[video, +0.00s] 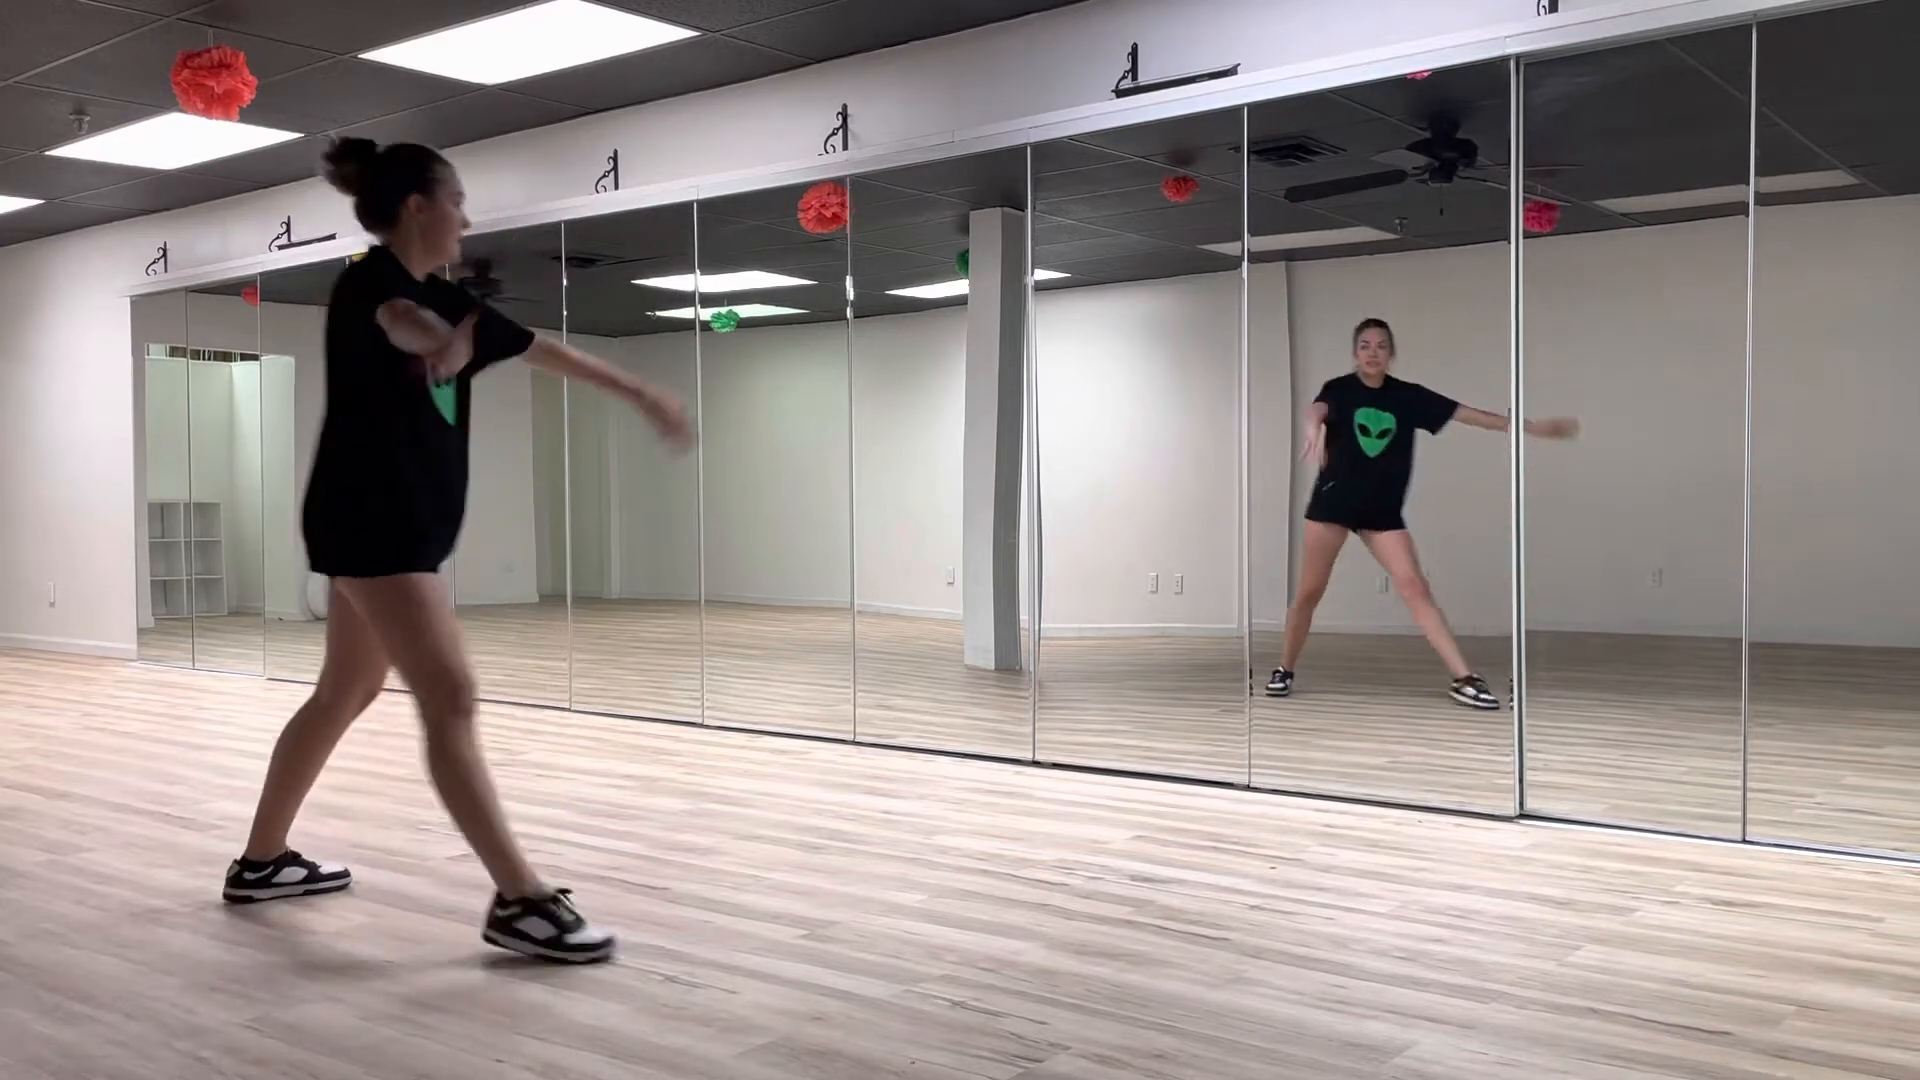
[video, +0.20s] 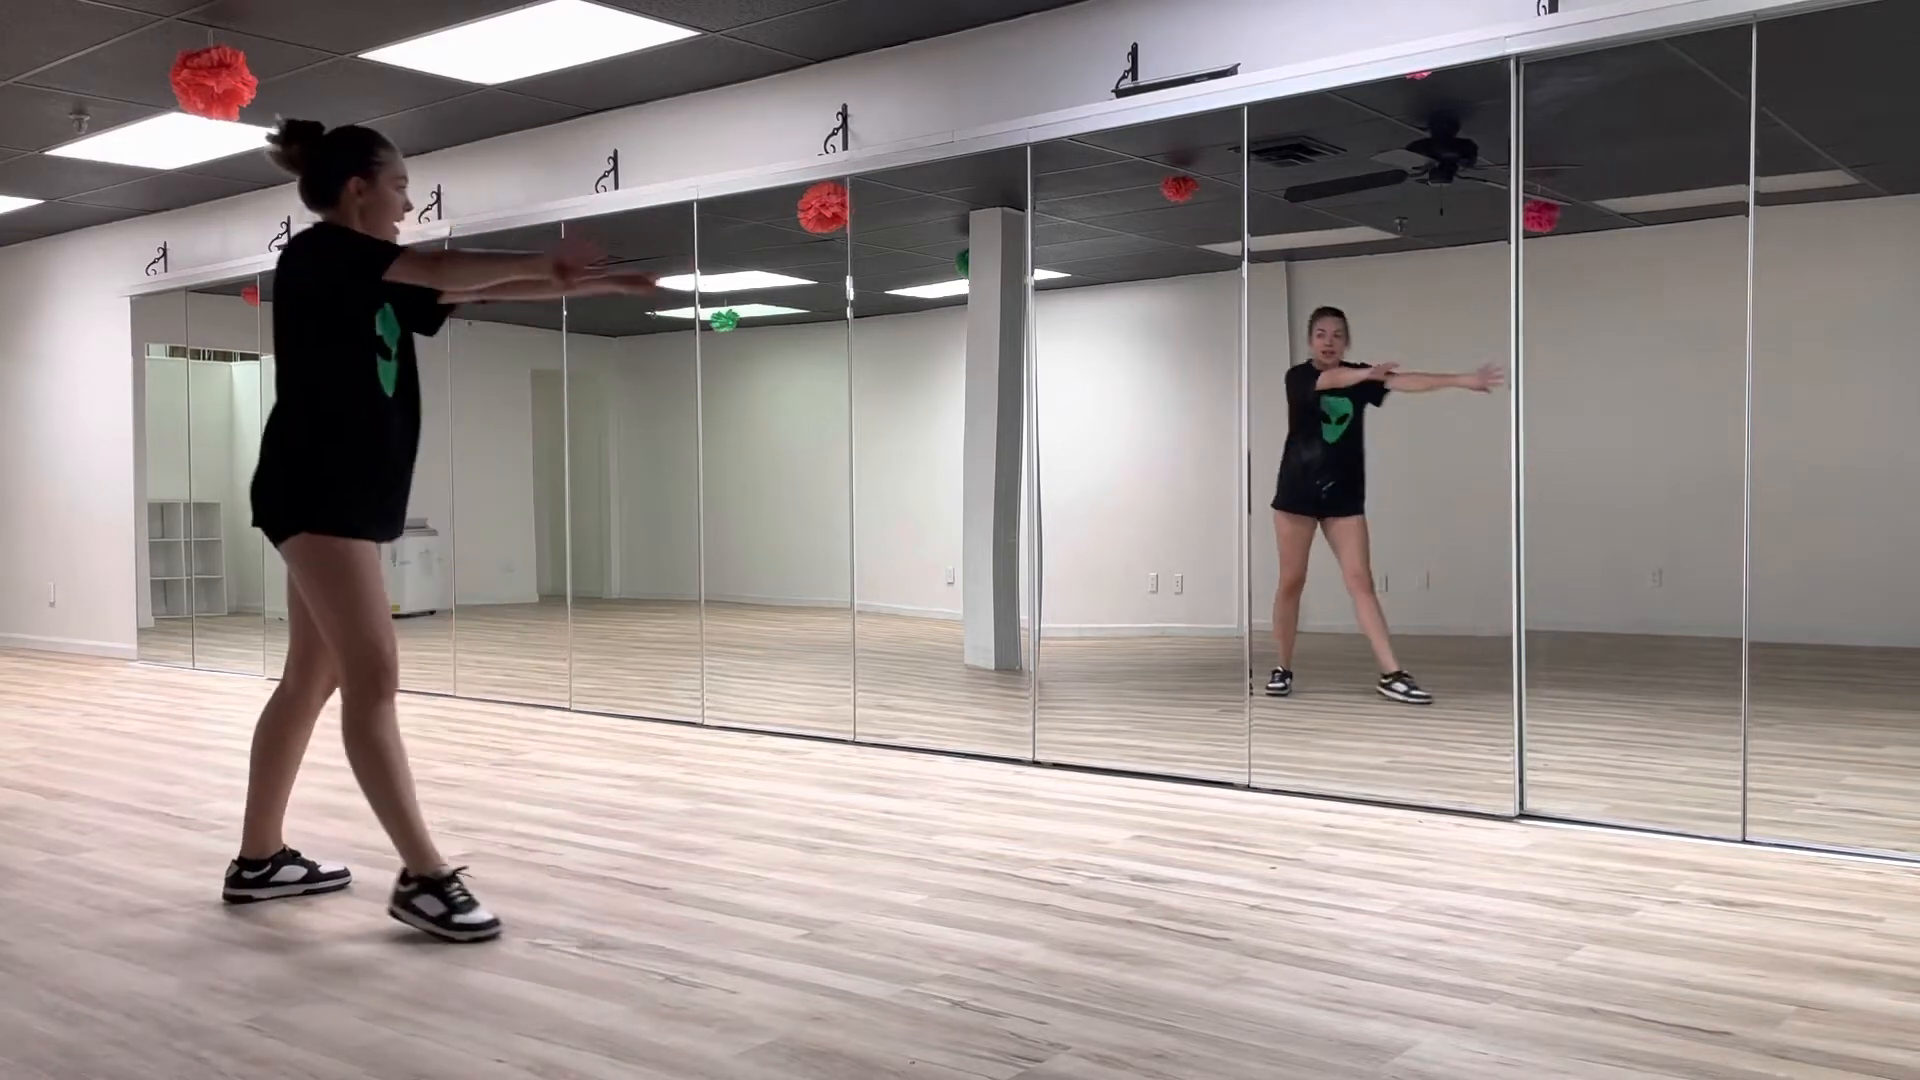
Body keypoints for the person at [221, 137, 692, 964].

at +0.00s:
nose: (464, 217)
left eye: (464, 203)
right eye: (455, 202)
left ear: (417, 210)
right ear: (414, 207)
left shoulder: (448, 295)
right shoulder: (371, 280)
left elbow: (539, 348)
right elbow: (407, 326)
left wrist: (644, 393)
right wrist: (450, 340)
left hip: (394, 522)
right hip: (370, 521)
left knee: (344, 690)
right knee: (448, 697)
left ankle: (261, 857)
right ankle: (519, 897)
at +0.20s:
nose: (407, 204)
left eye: (406, 191)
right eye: (397, 189)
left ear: (357, 194)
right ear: (357, 189)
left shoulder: (374, 270)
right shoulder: (318, 253)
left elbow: (472, 297)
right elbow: (439, 270)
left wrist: (581, 286)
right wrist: (547, 260)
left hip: (342, 494)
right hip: (315, 492)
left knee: (308, 677)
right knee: (373, 676)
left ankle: (258, 856)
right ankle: (424, 875)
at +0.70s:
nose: (374, 196)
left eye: (372, 182)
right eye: (363, 182)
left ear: (325, 188)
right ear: (325, 185)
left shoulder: (324, 274)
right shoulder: (269, 253)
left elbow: (332, 401)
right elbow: (231, 375)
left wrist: (423, 395)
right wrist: (330, 331)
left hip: (308, 481)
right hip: (283, 481)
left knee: (307, 655)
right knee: (394, 625)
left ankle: (258, 844)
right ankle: (276, 772)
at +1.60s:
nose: (438, 187)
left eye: (434, 173)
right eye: (427, 173)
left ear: (380, 184)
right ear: (391, 182)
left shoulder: (372, 261)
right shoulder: (352, 259)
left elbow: (369, 388)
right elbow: (333, 385)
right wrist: (319, 506)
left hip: (373, 481)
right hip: (395, 480)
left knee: (370, 667)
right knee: (497, 626)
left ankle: (275, 835)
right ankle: (515, 835)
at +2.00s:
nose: (475, 207)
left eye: (472, 193)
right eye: (469, 193)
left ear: (406, 201)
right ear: (442, 195)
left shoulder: (375, 285)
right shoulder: (439, 276)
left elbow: (356, 411)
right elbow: (436, 397)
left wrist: (350, 516)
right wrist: (444, 512)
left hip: (391, 507)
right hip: (470, 503)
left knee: (416, 681)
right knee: (522, 669)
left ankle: (344, 862)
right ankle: (503, 871)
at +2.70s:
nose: (505, 263)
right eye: (505, 254)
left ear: (429, 259)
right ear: (498, 256)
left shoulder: (398, 339)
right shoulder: (530, 327)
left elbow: (387, 460)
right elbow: (572, 443)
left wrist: (375, 563)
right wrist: (622, 541)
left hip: (476, 534)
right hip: (565, 519)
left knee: (408, 686)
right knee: (591, 661)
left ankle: (438, 848)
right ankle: (638, 811)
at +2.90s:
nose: (465, 224)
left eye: (437, 214)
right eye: (467, 215)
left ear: (399, 218)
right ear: (465, 218)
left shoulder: (367, 291)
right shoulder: (496, 292)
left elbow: (399, 399)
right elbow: (551, 397)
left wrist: (417, 501)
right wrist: (603, 482)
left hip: (413, 495)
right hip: (501, 489)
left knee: (401, 680)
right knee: (515, 628)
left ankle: (440, 852)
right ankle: (613, 753)